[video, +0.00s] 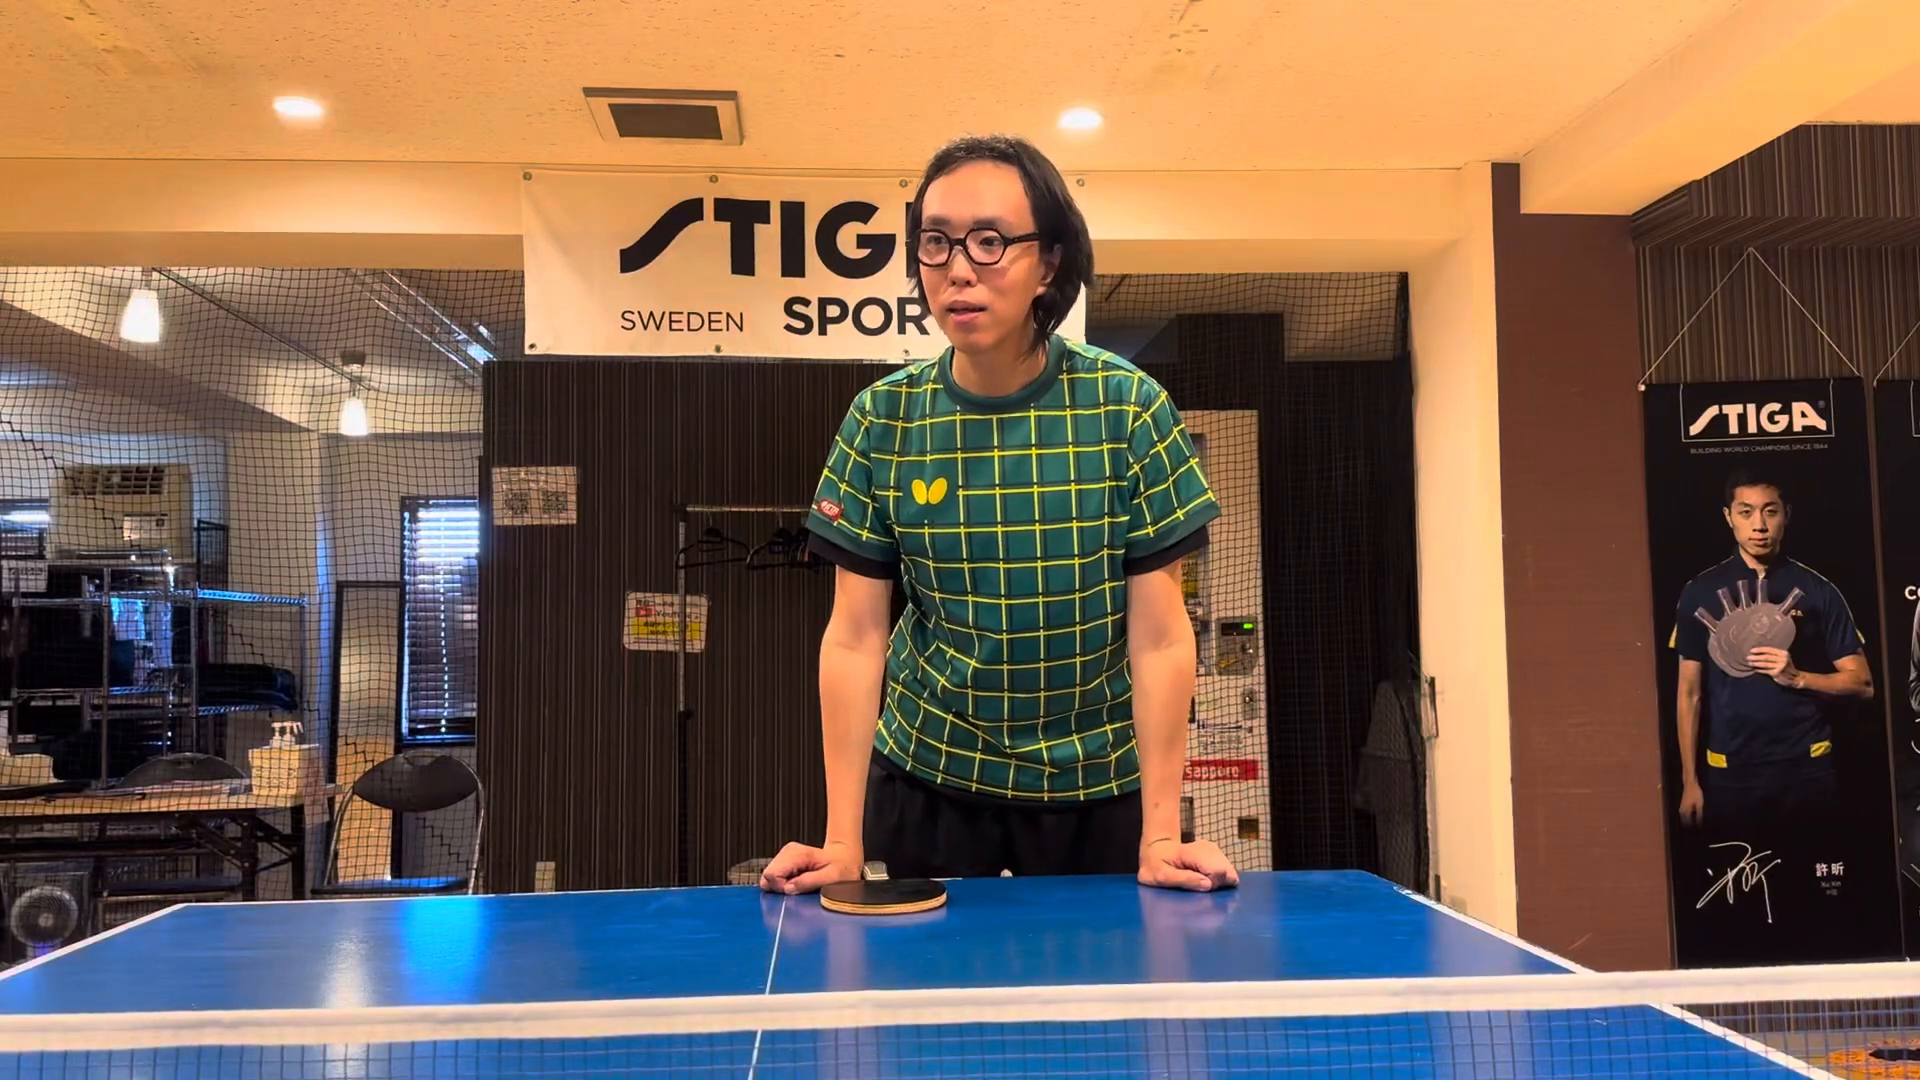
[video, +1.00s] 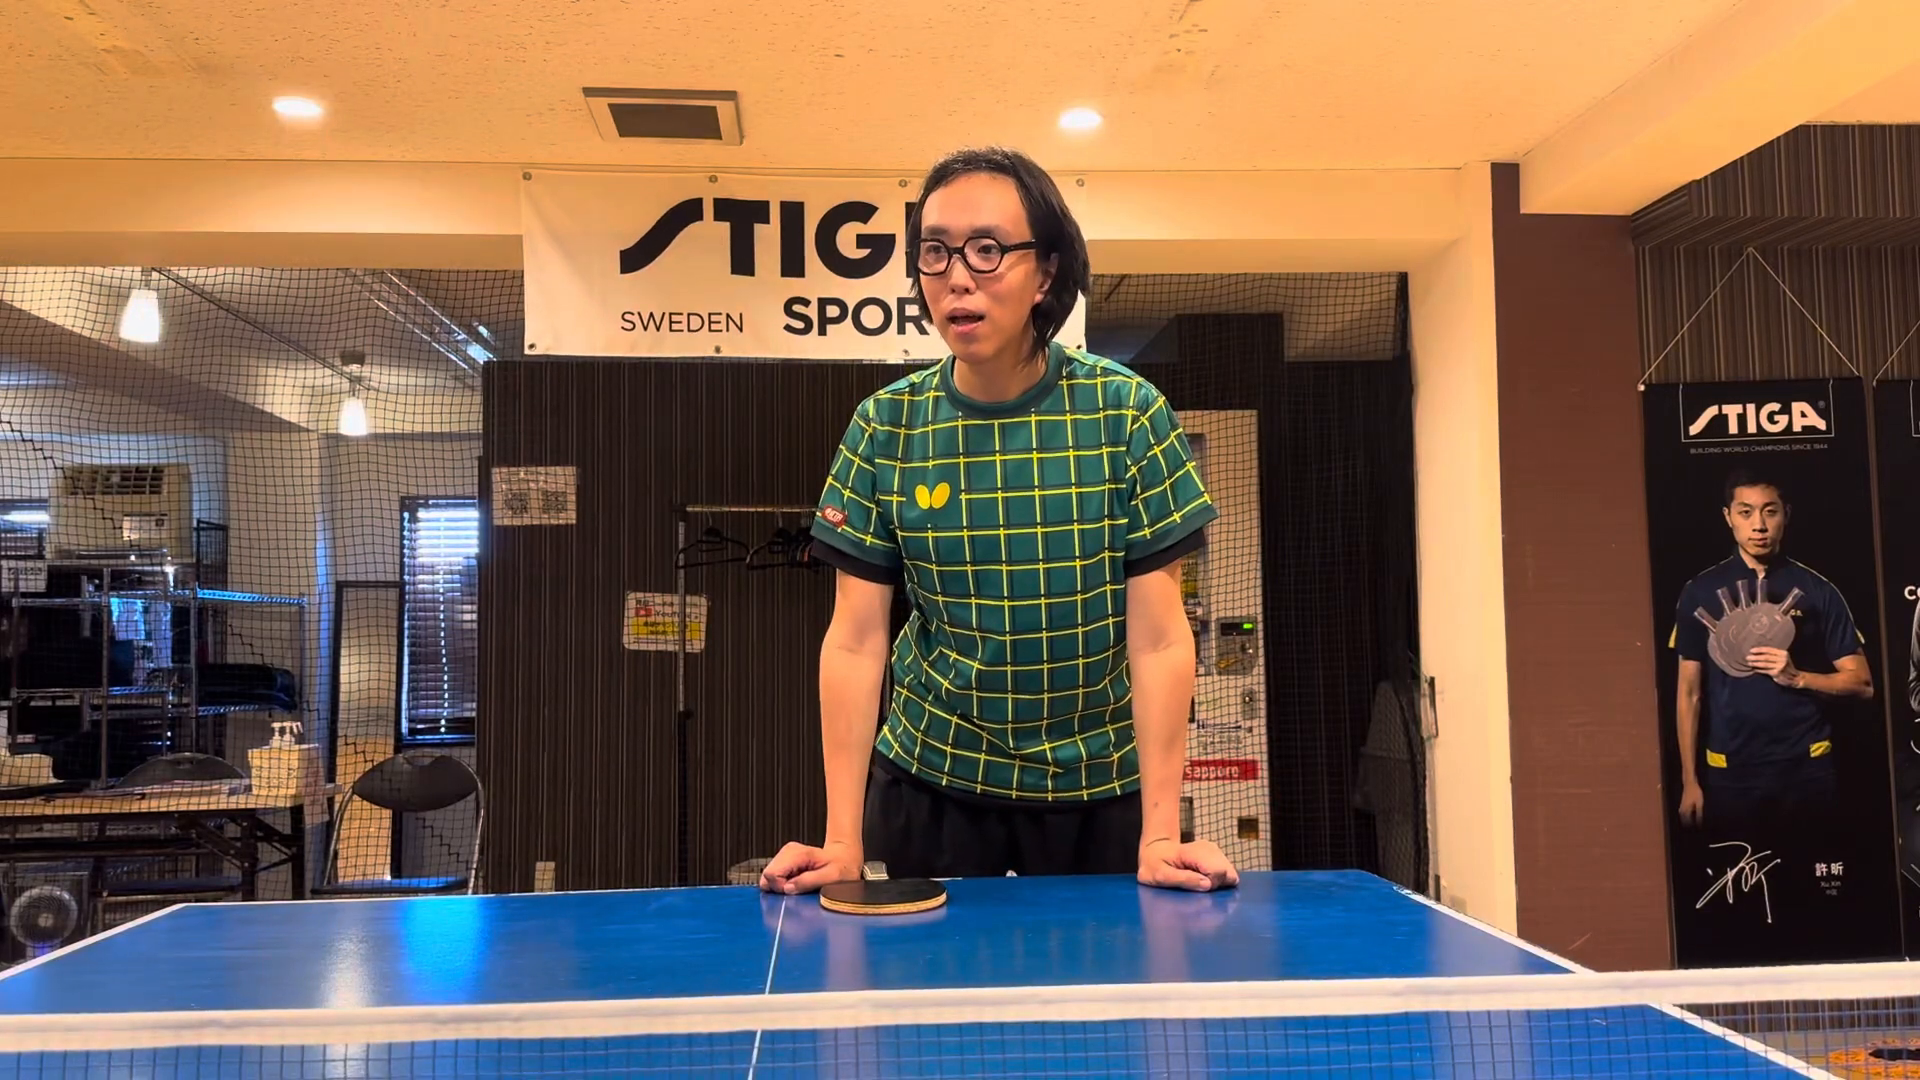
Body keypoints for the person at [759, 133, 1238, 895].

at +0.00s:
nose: (958, 268)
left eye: (990, 241)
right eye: (938, 242)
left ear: (1049, 266)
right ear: (918, 263)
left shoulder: (1126, 408)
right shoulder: (884, 417)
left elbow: (1160, 638)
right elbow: (854, 637)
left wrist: (1163, 836)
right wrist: (842, 842)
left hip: (1094, 809)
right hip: (925, 804)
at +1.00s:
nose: (956, 276)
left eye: (987, 249)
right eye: (937, 251)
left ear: (1045, 274)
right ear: (918, 271)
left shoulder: (1125, 413)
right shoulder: (887, 424)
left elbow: (1160, 639)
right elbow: (853, 643)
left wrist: (1163, 834)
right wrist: (841, 841)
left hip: (1096, 811)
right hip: (929, 807)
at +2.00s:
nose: (951, 283)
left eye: (982, 257)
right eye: (932, 259)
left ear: (1040, 281)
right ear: (914, 278)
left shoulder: (1122, 419)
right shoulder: (886, 429)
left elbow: (1157, 642)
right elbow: (853, 645)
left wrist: (1162, 836)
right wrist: (841, 843)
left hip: (1093, 800)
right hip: (928, 796)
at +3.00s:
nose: (950, 293)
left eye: (980, 268)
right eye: (933, 269)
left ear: (1036, 292)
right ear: (916, 288)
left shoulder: (1117, 433)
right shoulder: (886, 446)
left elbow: (1150, 645)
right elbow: (855, 648)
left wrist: (1159, 833)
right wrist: (842, 842)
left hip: (1086, 770)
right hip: (927, 768)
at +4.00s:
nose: (999, 245)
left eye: (1026, 225)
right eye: (979, 225)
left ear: (1070, 258)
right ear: (958, 253)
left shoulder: (1129, 419)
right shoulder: (913, 426)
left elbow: (1158, 615)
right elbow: (881, 628)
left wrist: (1147, 758)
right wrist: (903, 781)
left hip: (1100, 779)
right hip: (947, 779)